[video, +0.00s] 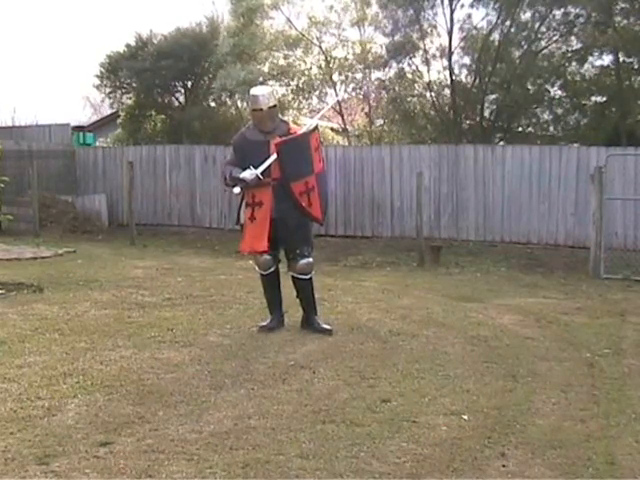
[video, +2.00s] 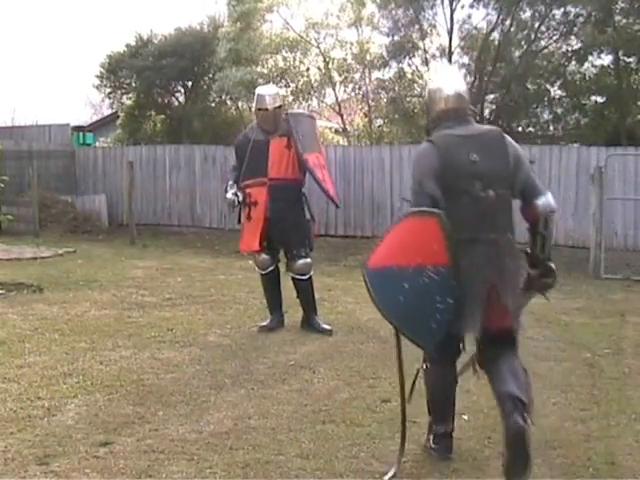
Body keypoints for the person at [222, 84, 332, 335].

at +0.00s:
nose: (255, 116)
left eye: (260, 111)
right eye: (253, 111)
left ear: (273, 109)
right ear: (250, 111)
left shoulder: (292, 134)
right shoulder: (243, 140)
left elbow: (308, 167)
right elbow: (228, 172)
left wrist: (308, 140)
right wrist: (241, 176)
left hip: (293, 209)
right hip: (261, 210)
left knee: (303, 263)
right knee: (265, 261)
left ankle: (310, 316)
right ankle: (276, 316)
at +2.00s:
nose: (266, 115)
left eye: (271, 109)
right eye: (261, 110)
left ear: (281, 109)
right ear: (255, 111)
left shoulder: (296, 135)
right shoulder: (245, 140)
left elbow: (311, 161)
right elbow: (237, 169)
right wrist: (232, 187)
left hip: (291, 206)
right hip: (259, 209)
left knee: (301, 262)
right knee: (264, 261)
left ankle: (310, 316)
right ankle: (275, 316)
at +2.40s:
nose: (267, 116)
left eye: (271, 110)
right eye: (261, 111)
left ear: (280, 109)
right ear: (254, 111)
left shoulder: (293, 135)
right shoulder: (244, 140)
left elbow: (312, 166)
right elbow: (235, 175)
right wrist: (231, 199)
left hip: (291, 207)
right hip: (258, 210)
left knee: (302, 262)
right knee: (264, 261)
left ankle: (310, 316)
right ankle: (276, 315)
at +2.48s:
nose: (265, 116)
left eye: (270, 110)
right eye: (260, 111)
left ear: (279, 109)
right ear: (253, 111)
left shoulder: (293, 134)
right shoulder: (243, 139)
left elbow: (311, 165)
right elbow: (234, 173)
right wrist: (230, 199)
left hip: (290, 206)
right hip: (258, 209)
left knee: (302, 261)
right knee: (264, 261)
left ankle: (311, 316)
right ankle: (276, 315)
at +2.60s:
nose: (261, 117)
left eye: (266, 111)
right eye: (256, 112)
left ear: (276, 109)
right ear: (250, 111)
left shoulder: (291, 134)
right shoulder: (240, 139)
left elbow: (309, 169)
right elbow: (231, 175)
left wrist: (305, 137)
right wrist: (229, 200)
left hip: (290, 205)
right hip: (257, 207)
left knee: (303, 260)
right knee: (264, 260)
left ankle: (312, 315)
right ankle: (275, 315)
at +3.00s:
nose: (256, 117)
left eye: (260, 112)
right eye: (251, 112)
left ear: (270, 109)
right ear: (244, 111)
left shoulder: (286, 133)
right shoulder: (234, 139)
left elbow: (306, 166)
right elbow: (222, 170)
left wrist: (299, 136)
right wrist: (222, 190)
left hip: (287, 200)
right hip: (255, 205)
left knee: (300, 255)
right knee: (265, 258)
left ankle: (279, 297)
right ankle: (276, 314)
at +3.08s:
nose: (254, 118)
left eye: (259, 112)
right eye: (250, 112)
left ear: (269, 110)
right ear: (244, 110)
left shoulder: (287, 134)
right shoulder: (234, 138)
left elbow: (306, 165)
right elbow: (221, 171)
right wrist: (222, 187)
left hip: (287, 199)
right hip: (255, 203)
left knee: (297, 256)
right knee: (265, 258)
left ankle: (269, 288)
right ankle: (275, 314)